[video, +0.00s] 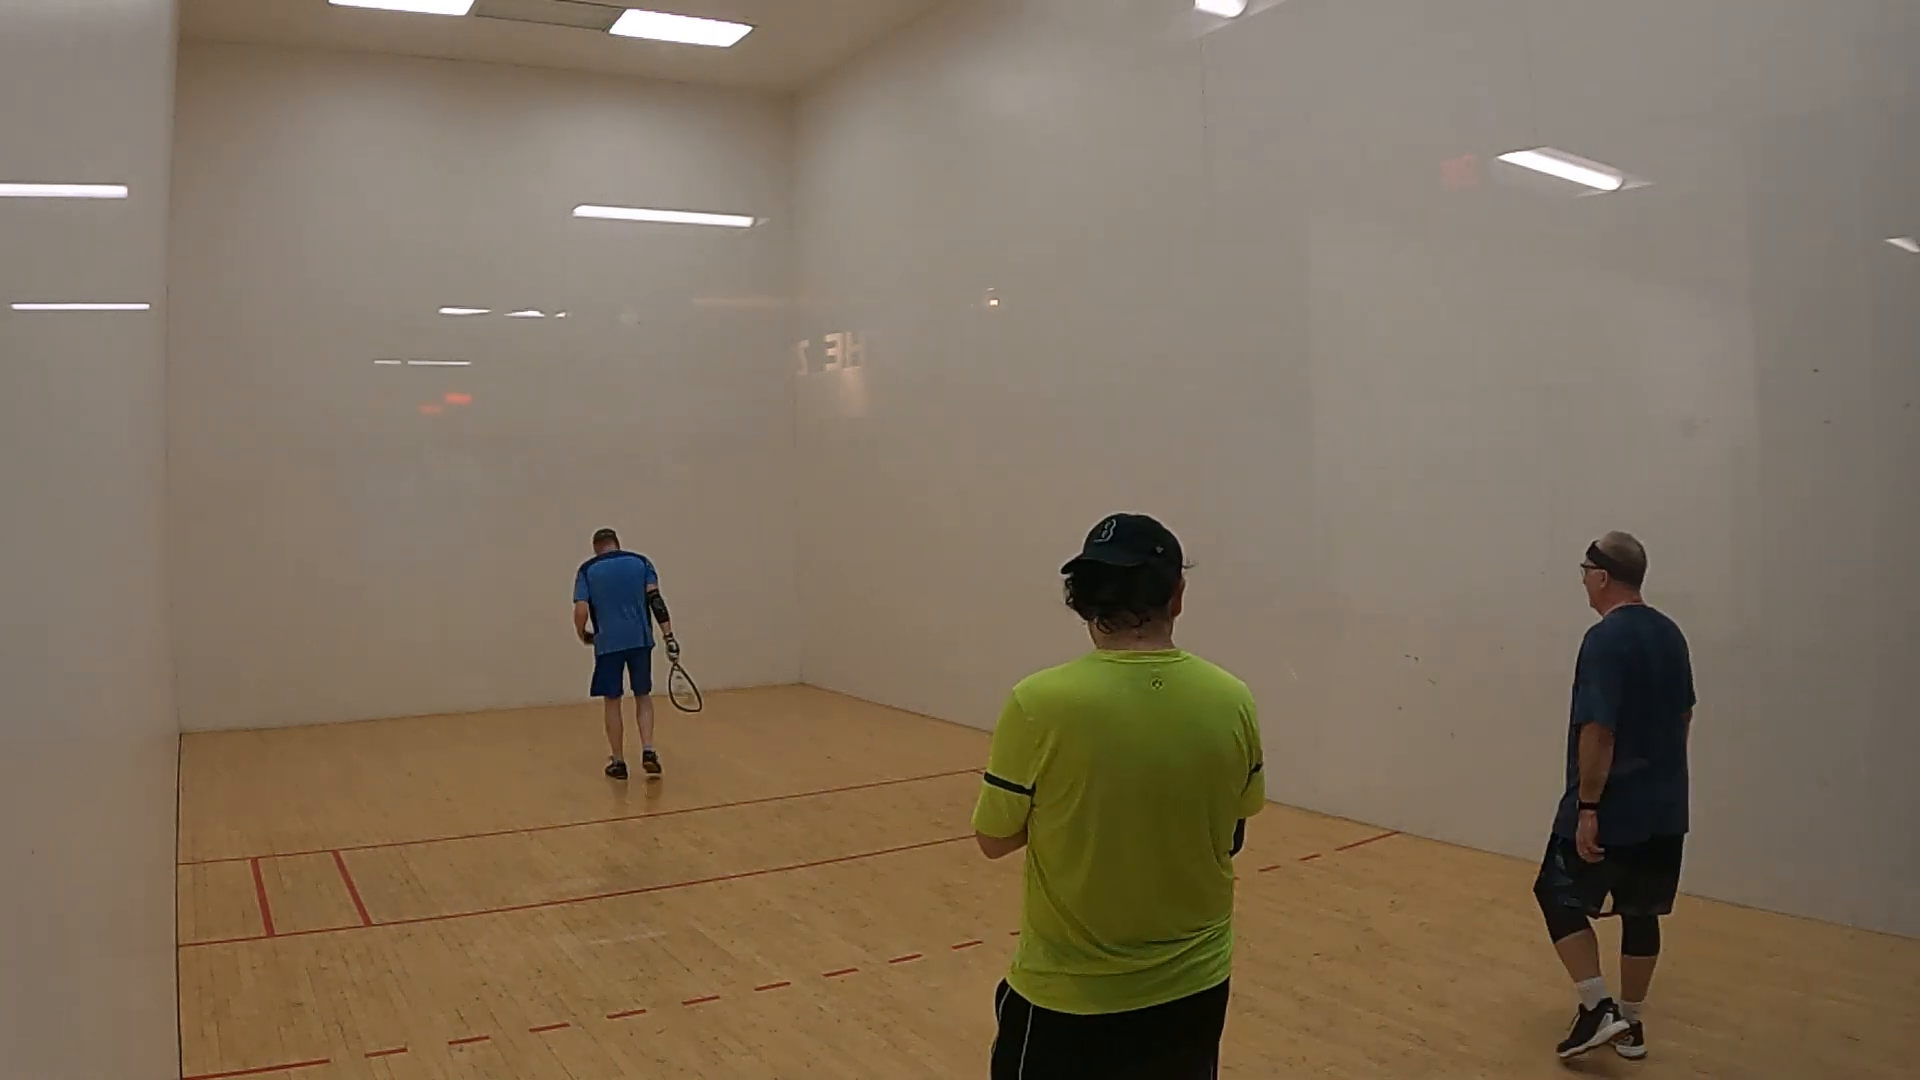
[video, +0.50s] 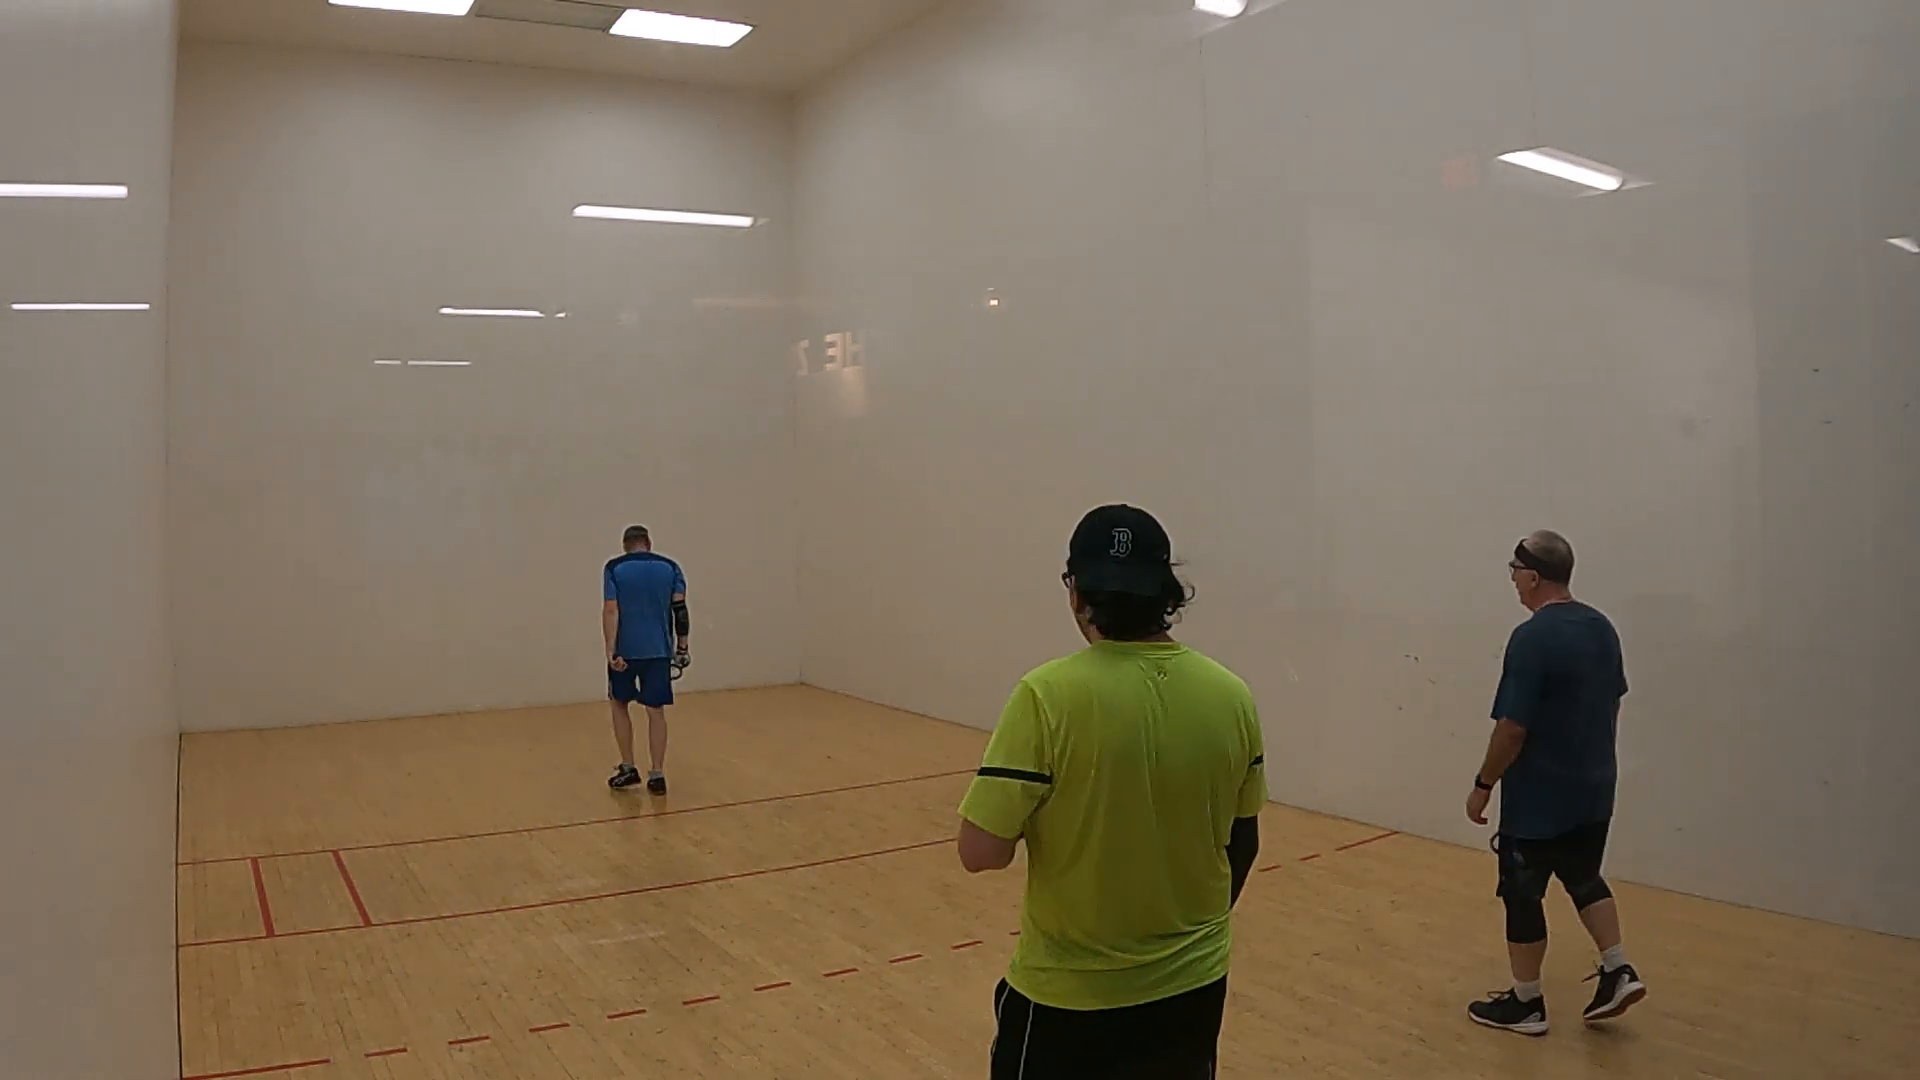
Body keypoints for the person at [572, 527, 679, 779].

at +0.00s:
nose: (600, 553)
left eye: (597, 550)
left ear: (595, 548)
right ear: (618, 544)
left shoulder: (587, 569)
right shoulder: (641, 561)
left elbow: (581, 610)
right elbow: (656, 601)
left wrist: (582, 633)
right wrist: (669, 637)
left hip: (609, 645)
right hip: (640, 641)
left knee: (612, 701)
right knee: (643, 696)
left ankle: (618, 761)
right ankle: (648, 750)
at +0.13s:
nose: (604, 553)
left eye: (602, 550)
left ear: (601, 548)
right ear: (624, 544)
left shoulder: (594, 571)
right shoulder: (647, 565)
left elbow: (585, 614)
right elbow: (659, 605)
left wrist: (582, 650)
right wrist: (670, 642)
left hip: (612, 651)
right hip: (644, 648)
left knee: (613, 703)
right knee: (647, 702)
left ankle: (618, 762)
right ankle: (657, 754)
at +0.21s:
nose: (616, 553)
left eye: (609, 551)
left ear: (607, 550)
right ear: (631, 546)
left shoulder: (598, 573)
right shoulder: (653, 568)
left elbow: (590, 614)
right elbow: (665, 610)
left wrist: (589, 650)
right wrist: (672, 646)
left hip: (615, 653)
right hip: (647, 651)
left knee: (616, 705)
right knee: (651, 706)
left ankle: (618, 762)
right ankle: (658, 765)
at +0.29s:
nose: (622, 554)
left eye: (615, 551)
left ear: (613, 550)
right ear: (637, 547)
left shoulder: (604, 573)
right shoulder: (659, 569)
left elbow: (599, 612)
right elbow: (670, 611)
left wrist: (598, 650)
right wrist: (674, 646)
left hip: (620, 652)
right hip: (652, 651)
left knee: (619, 707)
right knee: (653, 708)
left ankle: (618, 762)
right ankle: (657, 772)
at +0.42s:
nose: (629, 551)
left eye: (624, 547)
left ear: (621, 548)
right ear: (645, 545)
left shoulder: (611, 569)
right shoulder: (666, 567)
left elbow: (608, 609)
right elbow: (676, 611)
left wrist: (609, 649)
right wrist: (678, 646)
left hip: (623, 652)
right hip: (656, 652)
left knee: (619, 706)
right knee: (655, 708)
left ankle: (621, 764)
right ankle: (657, 773)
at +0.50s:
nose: (637, 549)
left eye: (630, 545)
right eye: (644, 544)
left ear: (624, 546)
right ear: (649, 544)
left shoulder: (614, 567)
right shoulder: (670, 567)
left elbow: (611, 609)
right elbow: (680, 609)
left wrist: (611, 649)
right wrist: (682, 644)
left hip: (625, 653)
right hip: (658, 652)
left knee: (619, 703)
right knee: (656, 710)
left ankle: (628, 767)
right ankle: (657, 773)